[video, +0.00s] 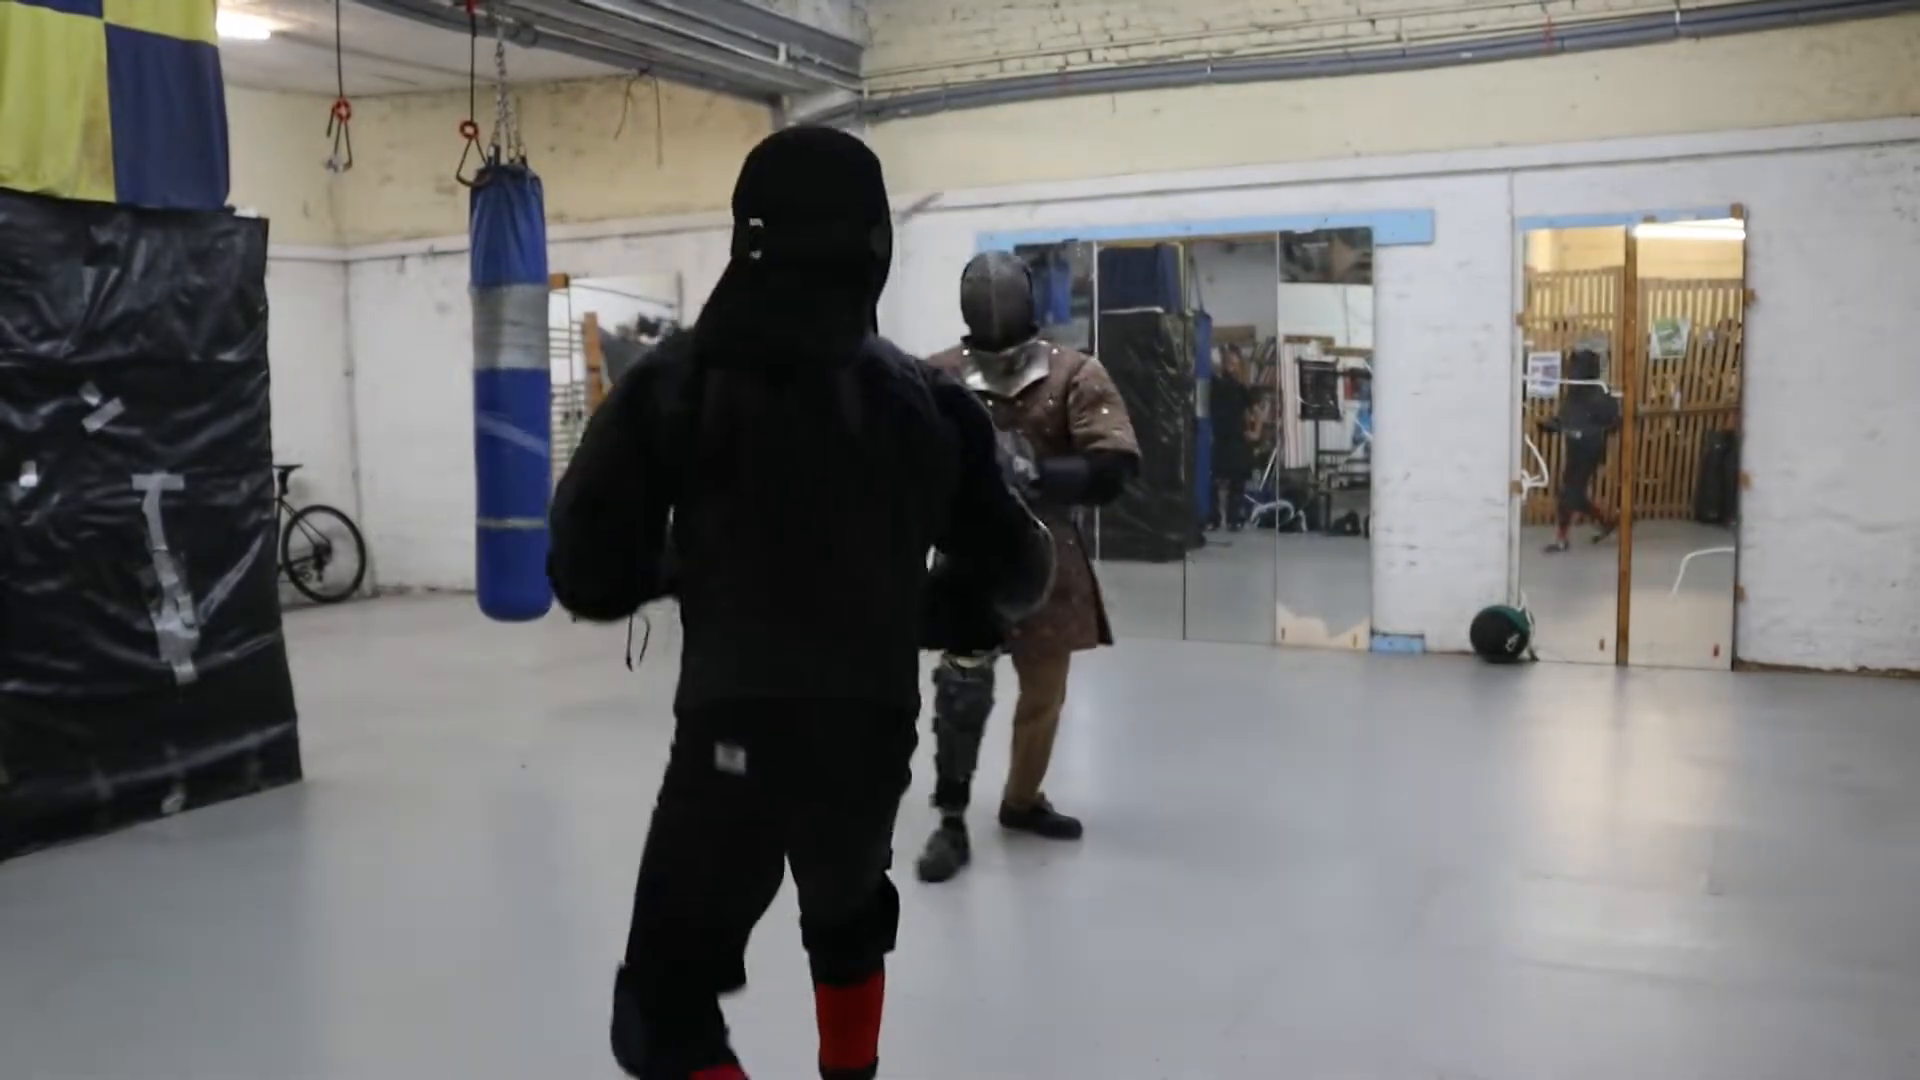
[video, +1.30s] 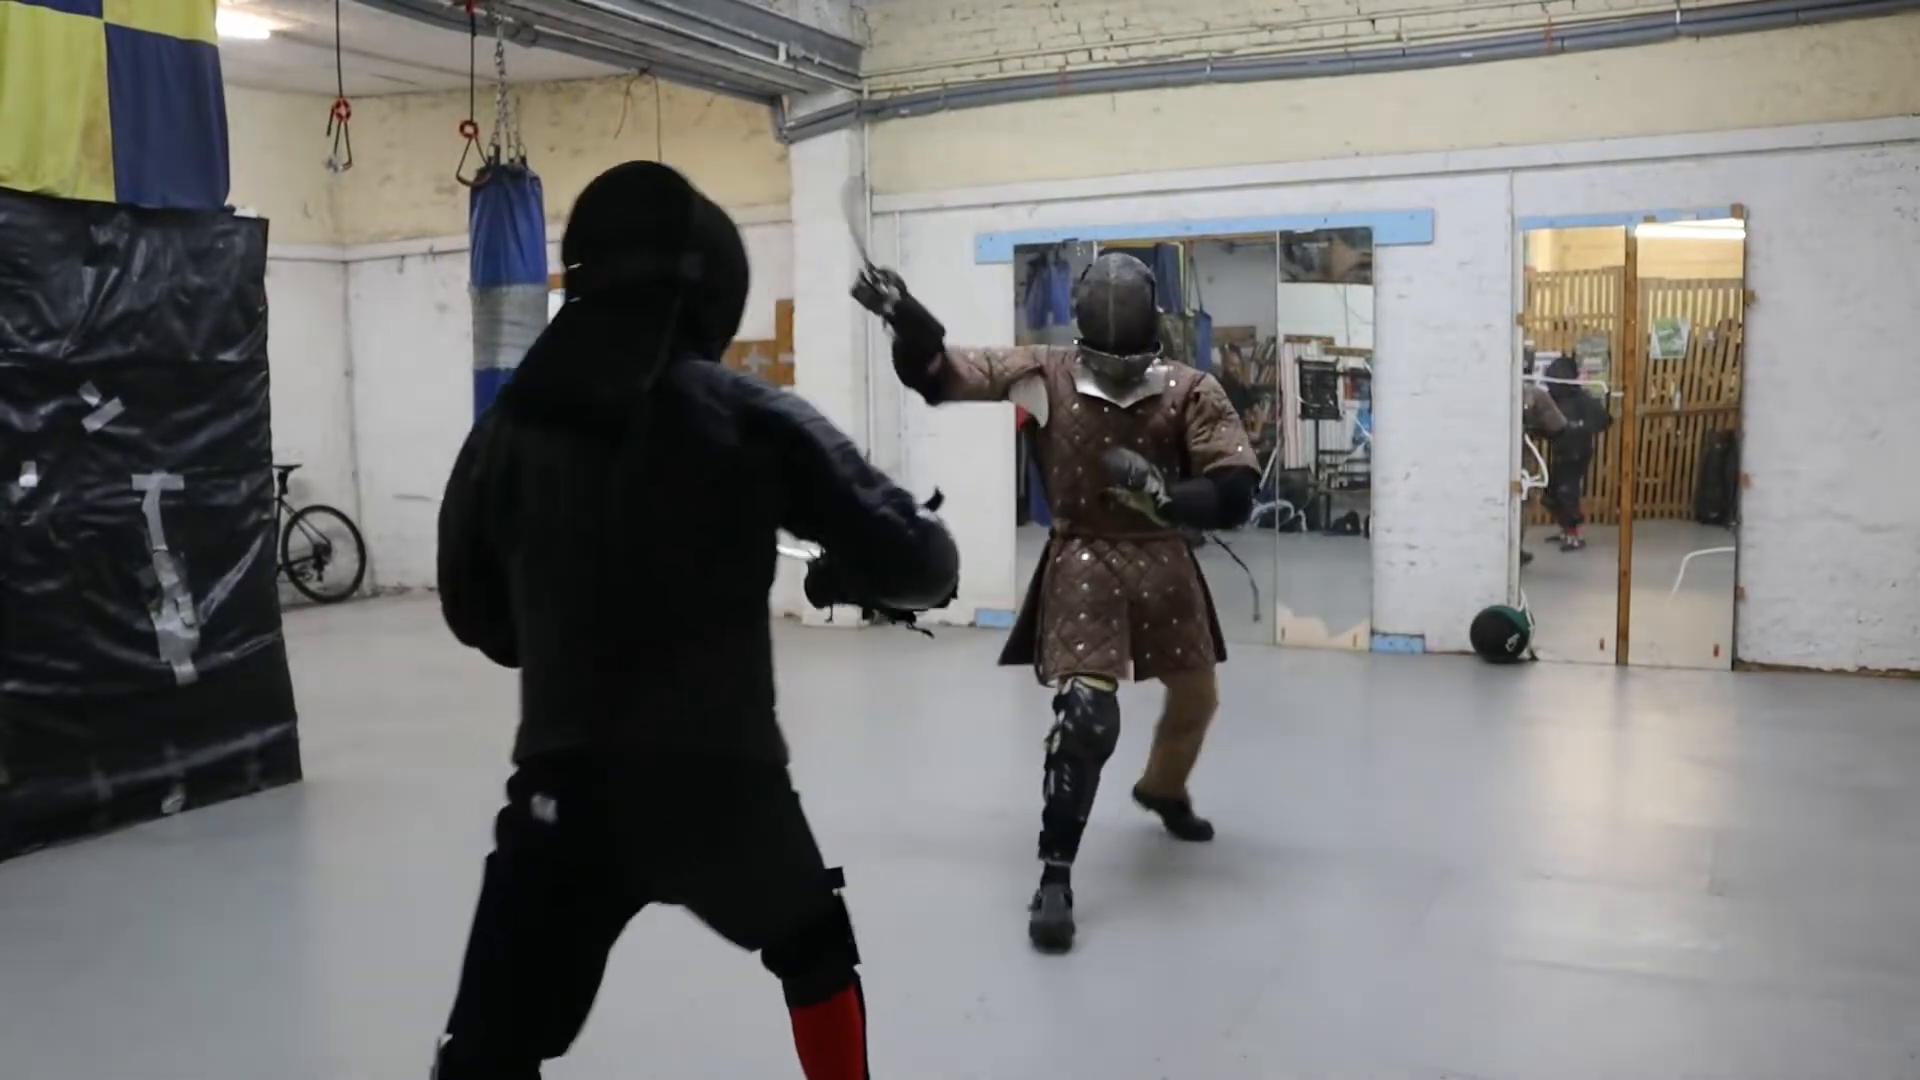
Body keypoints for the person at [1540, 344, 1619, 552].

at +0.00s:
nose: (1571, 373)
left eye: (1576, 368)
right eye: (1571, 368)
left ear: (1587, 370)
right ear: (1570, 370)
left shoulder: (1599, 396)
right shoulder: (1573, 395)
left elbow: (1612, 421)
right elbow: (1565, 419)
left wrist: (1589, 430)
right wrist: (1549, 425)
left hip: (1590, 448)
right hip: (1574, 446)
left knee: (1571, 491)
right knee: (1572, 491)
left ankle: (1562, 537)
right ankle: (1605, 521)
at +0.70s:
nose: (1558, 380)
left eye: (1562, 375)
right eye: (1557, 376)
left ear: (1573, 374)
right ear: (1556, 376)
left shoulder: (1591, 398)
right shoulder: (1558, 395)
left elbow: (1599, 426)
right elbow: (1549, 417)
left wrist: (1576, 433)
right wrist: (1541, 425)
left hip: (1585, 449)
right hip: (1566, 447)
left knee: (1571, 490)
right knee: (1565, 489)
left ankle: (1574, 531)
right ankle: (1579, 528)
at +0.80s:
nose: (1555, 377)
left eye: (1558, 372)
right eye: (1556, 372)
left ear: (1566, 373)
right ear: (1579, 371)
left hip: (1577, 446)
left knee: (1569, 489)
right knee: (1569, 489)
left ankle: (1578, 532)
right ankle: (1579, 530)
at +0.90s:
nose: (1556, 376)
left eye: (1560, 372)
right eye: (1557, 372)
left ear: (1564, 373)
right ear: (1581, 371)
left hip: (1574, 445)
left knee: (1568, 491)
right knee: (1569, 491)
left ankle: (1578, 532)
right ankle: (1578, 530)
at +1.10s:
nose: (1556, 374)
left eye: (1561, 370)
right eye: (1556, 369)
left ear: (1572, 371)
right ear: (1555, 371)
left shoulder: (1590, 397)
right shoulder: (1554, 394)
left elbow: (1598, 423)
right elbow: (1546, 419)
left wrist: (1576, 436)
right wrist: (1557, 432)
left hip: (1583, 446)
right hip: (1565, 445)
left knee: (1570, 489)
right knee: (1557, 488)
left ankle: (1576, 532)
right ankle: (1568, 529)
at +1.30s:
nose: (1551, 383)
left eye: (1556, 378)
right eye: (1550, 378)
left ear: (1567, 378)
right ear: (1550, 379)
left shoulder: (1581, 399)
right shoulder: (1549, 401)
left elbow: (1603, 419)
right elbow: (1539, 425)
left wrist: (1581, 427)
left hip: (1578, 453)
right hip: (1559, 453)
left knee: (1567, 492)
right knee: (1552, 493)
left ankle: (1574, 534)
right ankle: (1566, 529)